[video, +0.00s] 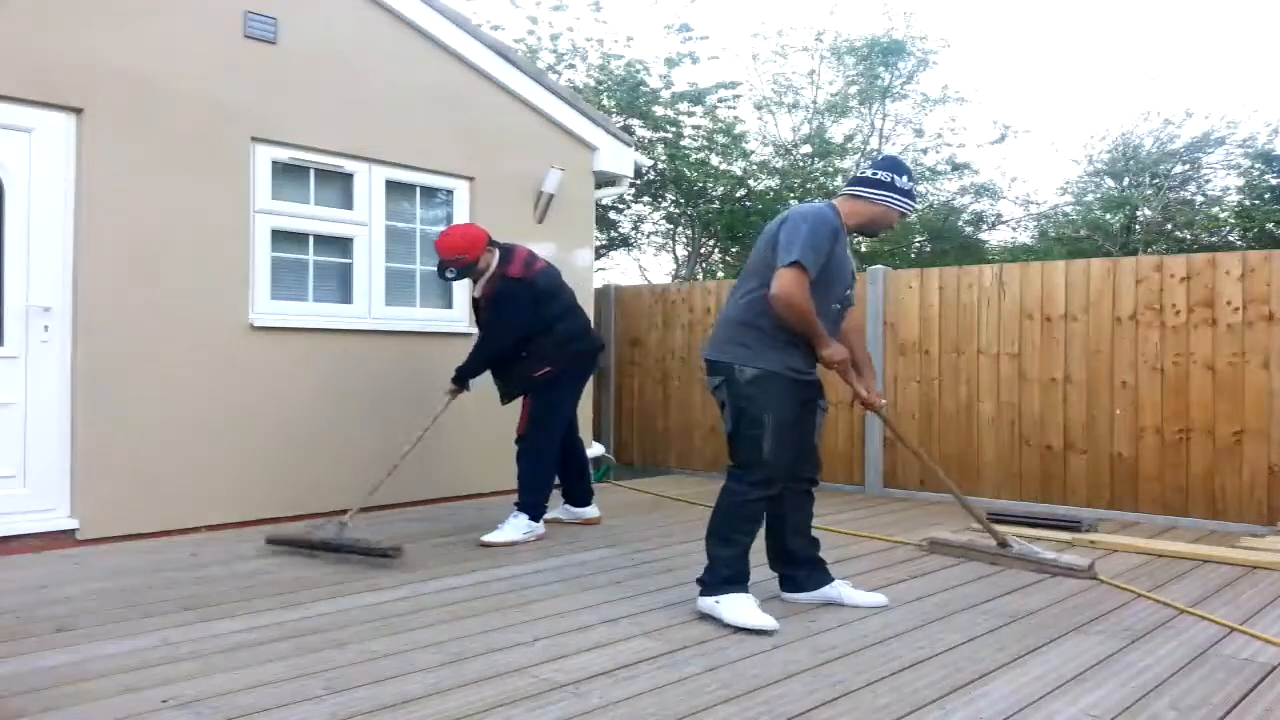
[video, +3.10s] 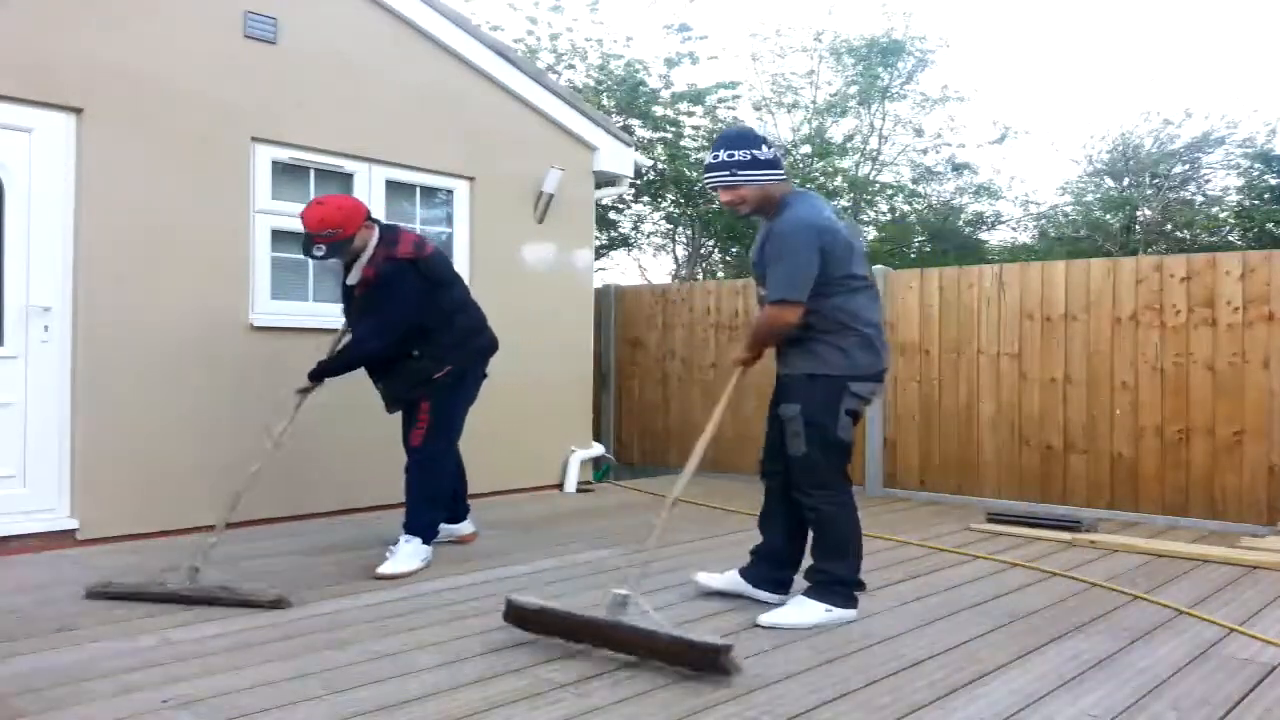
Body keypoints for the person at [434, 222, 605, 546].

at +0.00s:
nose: (463, 277)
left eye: (464, 270)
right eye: (458, 271)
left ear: (481, 255)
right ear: (485, 250)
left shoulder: (509, 286)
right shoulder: (510, 260)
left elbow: (497, 340)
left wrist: (462, 376)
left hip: (558, 359)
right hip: (570, 351)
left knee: (534, 437)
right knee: (561, 430)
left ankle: (528, 517)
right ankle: (580, 503)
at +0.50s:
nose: (446, 264)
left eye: (447, 257)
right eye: (442, 259)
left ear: (464, 241)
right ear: (466, 239)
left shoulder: (490, 272)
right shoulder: (489, 257)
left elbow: (470, 330)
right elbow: (474, 323)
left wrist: (440, 373)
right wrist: (451, 365)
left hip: (544, 358)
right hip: (530, 358)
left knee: (523, 435)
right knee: (514, 434)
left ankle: (529, 517)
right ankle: (522, 509)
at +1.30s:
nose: (415, 273)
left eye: (419, 266)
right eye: (412, 268)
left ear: (438, 250)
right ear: (435, 251)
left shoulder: (472, 274)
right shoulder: (436, 280)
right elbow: (447, 331)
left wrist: (446, 372)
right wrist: (447, 364)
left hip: (523, 355)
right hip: (496, 359)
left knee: (493, 440)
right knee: (504, 434)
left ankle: (477, 527)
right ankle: (523, 510)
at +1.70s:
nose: (391, 267)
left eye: (393, 259)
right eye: (387, 261)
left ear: (413, 243)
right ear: (416, 240)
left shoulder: (443, 275)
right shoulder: (442, 255)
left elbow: (427, 338)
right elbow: (431, 331)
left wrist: (387, 382)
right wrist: (394, 378)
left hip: (502, 357)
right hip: (511, 349)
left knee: (478, 442)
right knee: (498, 432)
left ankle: (473, 530)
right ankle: (516, 508)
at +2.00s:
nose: (382, 254)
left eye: (383, 246)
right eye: (377, 248)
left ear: (404, 230)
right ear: (405, 229)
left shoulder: (435, 263)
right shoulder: (429, 250)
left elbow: (409, 324)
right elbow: (414, 319)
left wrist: (366, 366)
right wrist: (375, 362)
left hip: (494, 358)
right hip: (466, 360)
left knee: (474, 440)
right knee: (453, 439)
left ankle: (474, 528)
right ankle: (480, 511)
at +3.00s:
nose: (338, 259)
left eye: (341, 252)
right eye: (334, 253)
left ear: (362, 237)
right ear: (362, 235)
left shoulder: (398, 269)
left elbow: (390, 341)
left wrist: (341, 368)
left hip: (455, 356)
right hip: (433, 356)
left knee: (429, 446)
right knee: (441, 440)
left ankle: (417, 540)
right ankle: (457, 521)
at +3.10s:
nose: (335, 256)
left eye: (338, 248)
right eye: (331, 250)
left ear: (361, 232)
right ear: (356, 232)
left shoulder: (397, 266)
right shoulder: (366, 252)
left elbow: (379, 339)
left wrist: (326, 369)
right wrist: (357, 325)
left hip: (454, 354)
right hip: (426, 354)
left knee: (424, 444)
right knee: (433, 439)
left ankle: (417, 541)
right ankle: (455, 519)